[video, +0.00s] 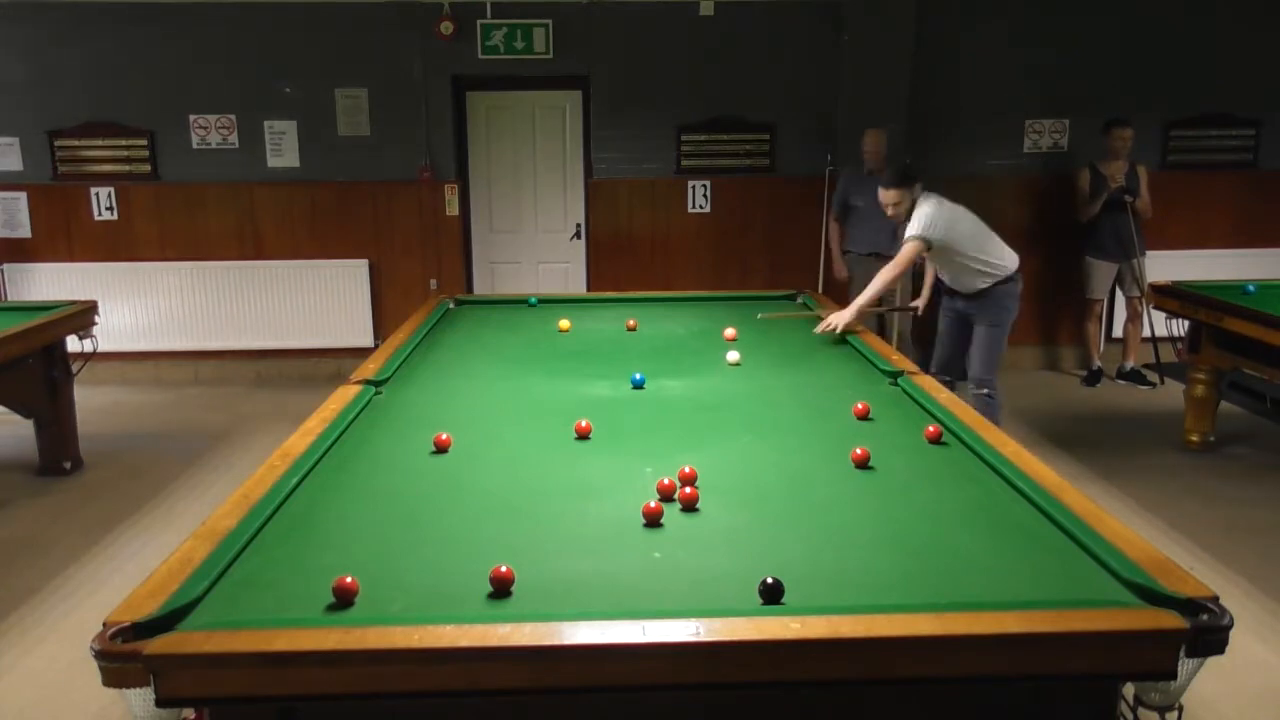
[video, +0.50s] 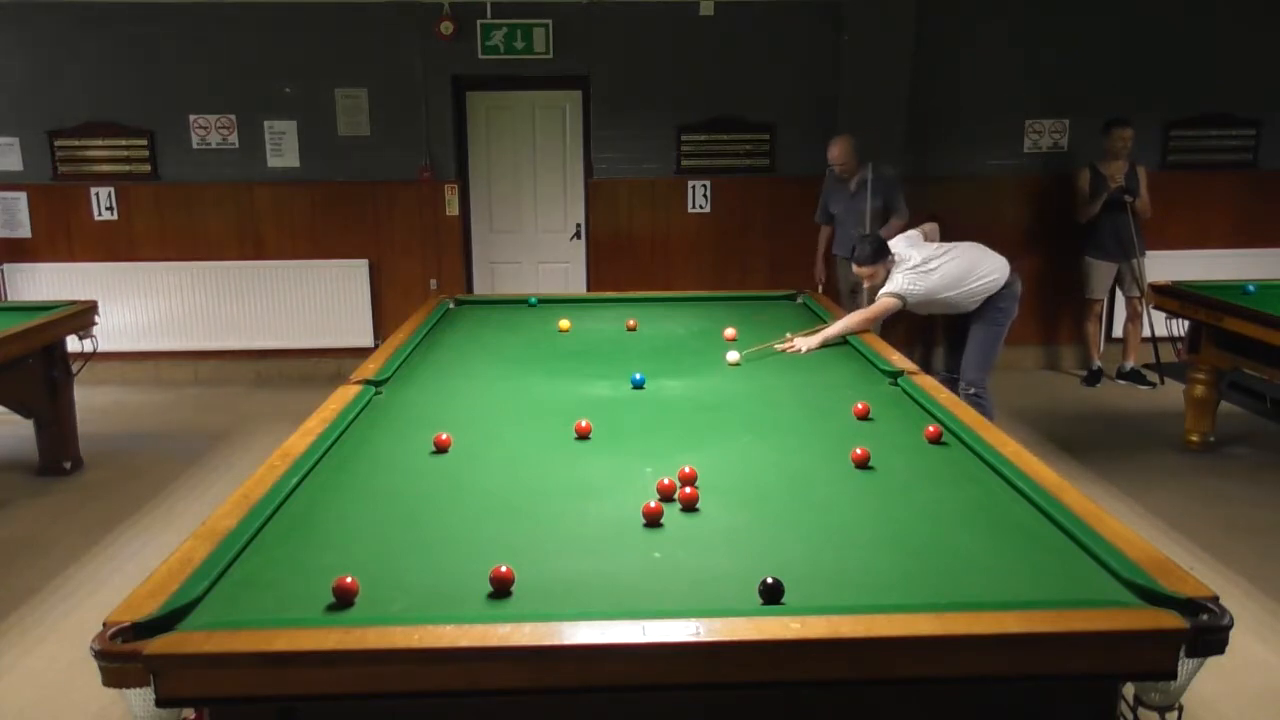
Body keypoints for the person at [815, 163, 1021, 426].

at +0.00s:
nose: (890, 212)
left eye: (896, 205)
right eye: (884, 206)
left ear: (914, 194)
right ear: (879, 199)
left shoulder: (928, 212)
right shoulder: (917, 210)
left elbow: (897, 268)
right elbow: (932, 252)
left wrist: (851, 310)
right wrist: (925, 294)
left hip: (995, 287)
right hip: (955, 288)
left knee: (980, 381)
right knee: (941, 372)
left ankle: (986, 458)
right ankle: (937, 446)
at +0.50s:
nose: (865, 283)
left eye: (869, 276)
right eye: (860, 277)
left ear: (885, 265)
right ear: (856, 266)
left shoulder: (903, 284)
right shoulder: (896, 244)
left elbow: (868, 317)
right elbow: (930, 227)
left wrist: (816, 338)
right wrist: (931, 262)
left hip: (998, 286)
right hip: (969, 280)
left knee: (972, 383)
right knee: (952, 372)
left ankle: (983, 451)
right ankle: (954, 441)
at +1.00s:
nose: (861, 297)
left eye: (866, 289)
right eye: (856, 290)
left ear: (882, 275)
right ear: (849, 280)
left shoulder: (897, 293)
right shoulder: (890, 248)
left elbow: (865, 320)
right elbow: (921, 221)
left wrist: (812, 339)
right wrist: (928, 257)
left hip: (993, 285)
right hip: (972, 268)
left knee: (968, 383)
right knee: (955, 374)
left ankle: (982, 450)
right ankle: (962, 444)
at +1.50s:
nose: (860, 297)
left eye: (864, 289)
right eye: (854, 291)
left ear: (881, 277)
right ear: (847, 280)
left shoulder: (897, 293)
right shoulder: (888, 249)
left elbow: (864, 321)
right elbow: (920, 221)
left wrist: (811, 340)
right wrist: (923, 257)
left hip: (993, 284)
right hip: (967, 271)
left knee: (968, 382)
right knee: (952, 373)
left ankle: (981, 449)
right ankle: (960, 442)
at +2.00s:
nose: (859, 298)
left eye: (863, 290)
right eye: (853, 292)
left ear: (880, 276)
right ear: (846, 281)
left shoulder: (897, 293)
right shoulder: (887, 249)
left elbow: (864, 321)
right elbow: (919, 222)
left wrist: (812, 340)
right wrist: (922, 257)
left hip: (992, 285)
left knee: (968, 382)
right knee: (952, 374)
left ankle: (982, 449)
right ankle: (960, 443)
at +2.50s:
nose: (859, 298)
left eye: (863, 289)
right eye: (853, 292)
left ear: (880, 275)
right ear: (846, 282)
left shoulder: (897, 293)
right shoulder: (887, 249)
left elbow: (867, 320)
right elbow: (918, 222)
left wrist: (812, 339)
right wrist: (923, 257)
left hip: (991, 285)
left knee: (968, 382)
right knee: (952, 374)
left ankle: (982, 449)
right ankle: (959, 442)